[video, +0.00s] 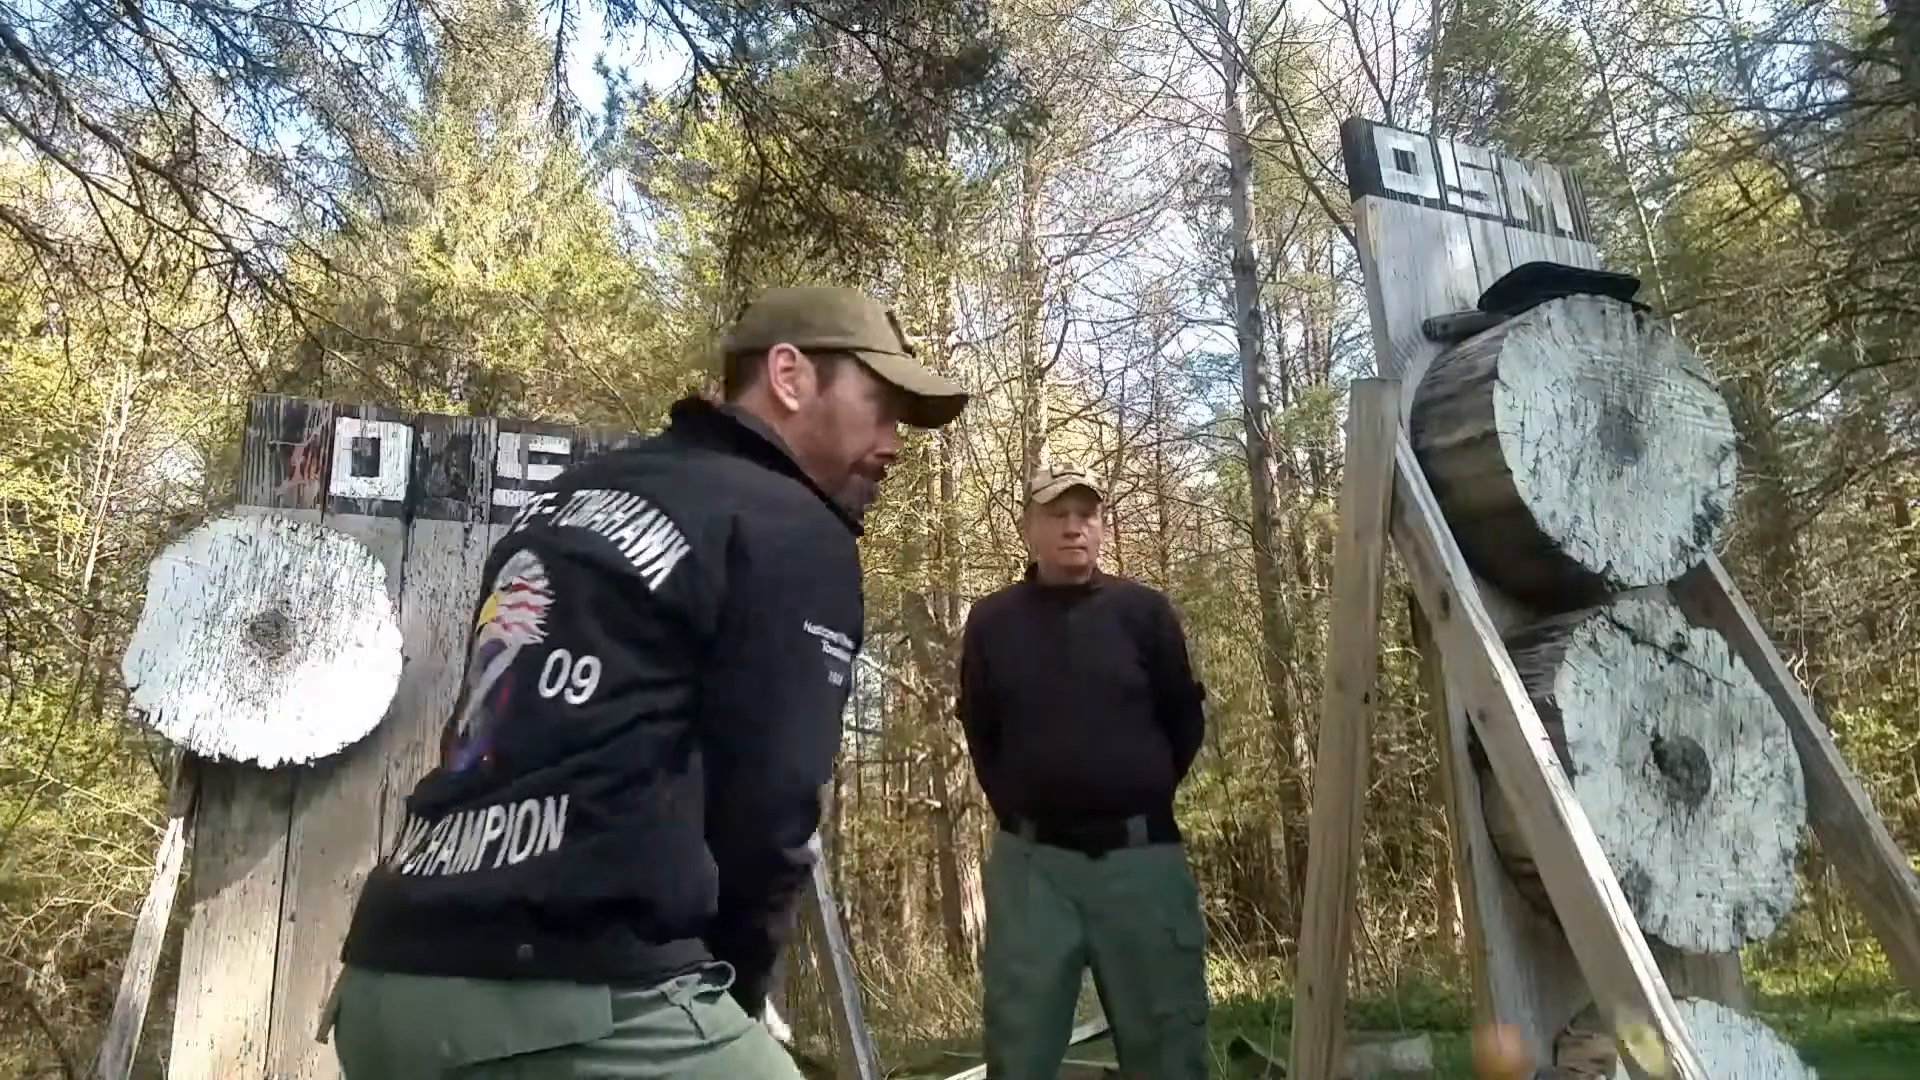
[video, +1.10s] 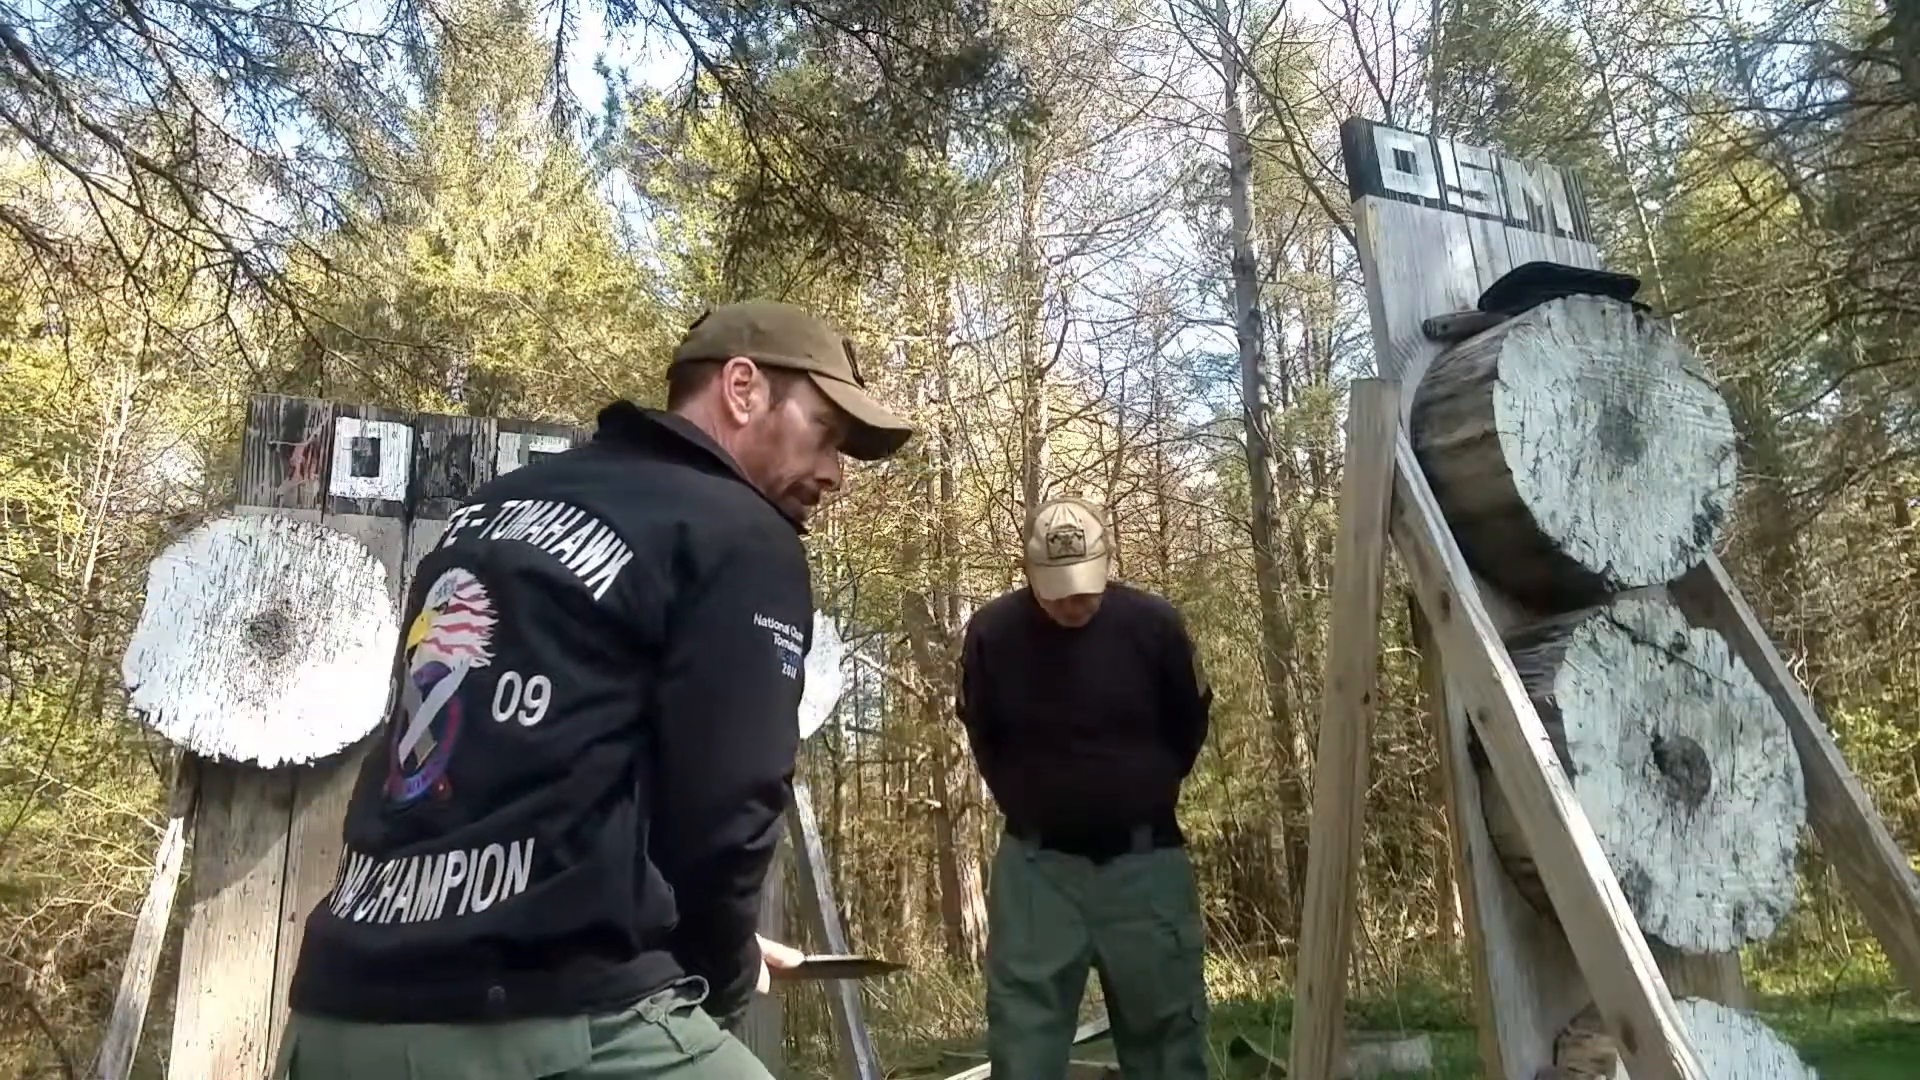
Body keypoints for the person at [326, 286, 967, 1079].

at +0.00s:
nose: (896, 446)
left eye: (901, 420)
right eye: (881, 407)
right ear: (788, 377)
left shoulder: (578, 486)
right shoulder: (793, 528)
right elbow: (769, 811)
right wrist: (737, 996)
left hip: (390, 984)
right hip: (592, 997)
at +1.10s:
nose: (837, 478)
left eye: (844, 451)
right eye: (829, 436)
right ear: (741, 392)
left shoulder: (498, 499)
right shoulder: (740, 534)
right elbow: (723, 813)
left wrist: (731, 935)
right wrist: (724, 974)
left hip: (345, 1021)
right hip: (566, 1022)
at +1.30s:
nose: (751, 458)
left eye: (756, 430)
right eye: (739, 416)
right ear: (650, 381)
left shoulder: (419, 506)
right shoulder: (662, 519)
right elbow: (656, 797)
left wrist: (680, 928)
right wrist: (685, 966)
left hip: (298, 1016)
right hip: (512, 1008)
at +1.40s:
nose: (684, 456)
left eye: (690, 430)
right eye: (669, 417)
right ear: (577, 385)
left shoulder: (352, 519)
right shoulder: (591, 519)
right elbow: (593, 795)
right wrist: (640, 967)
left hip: (252, 1017)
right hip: (456, 1008)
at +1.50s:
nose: (605, 455)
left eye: (609, 429)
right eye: (586, 413)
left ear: (492, 393)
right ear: (497, 389)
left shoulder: (271, 527)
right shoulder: (508, 518)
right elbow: (514, 794)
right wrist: (581, 964)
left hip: (182, 1023)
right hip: (385, 1012)